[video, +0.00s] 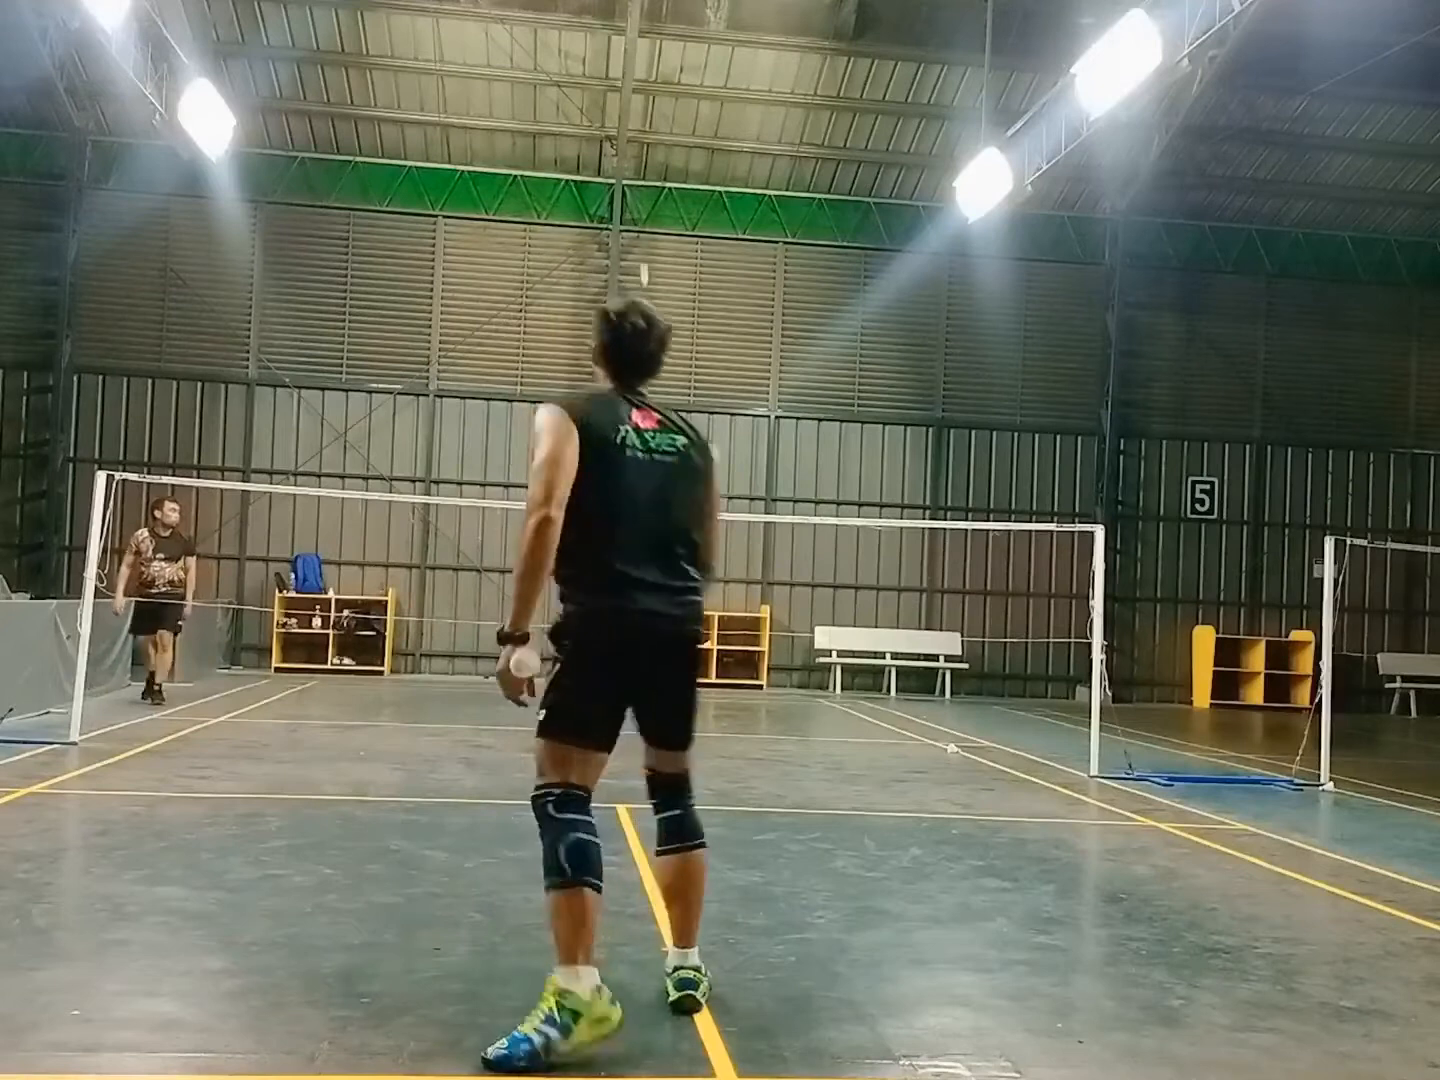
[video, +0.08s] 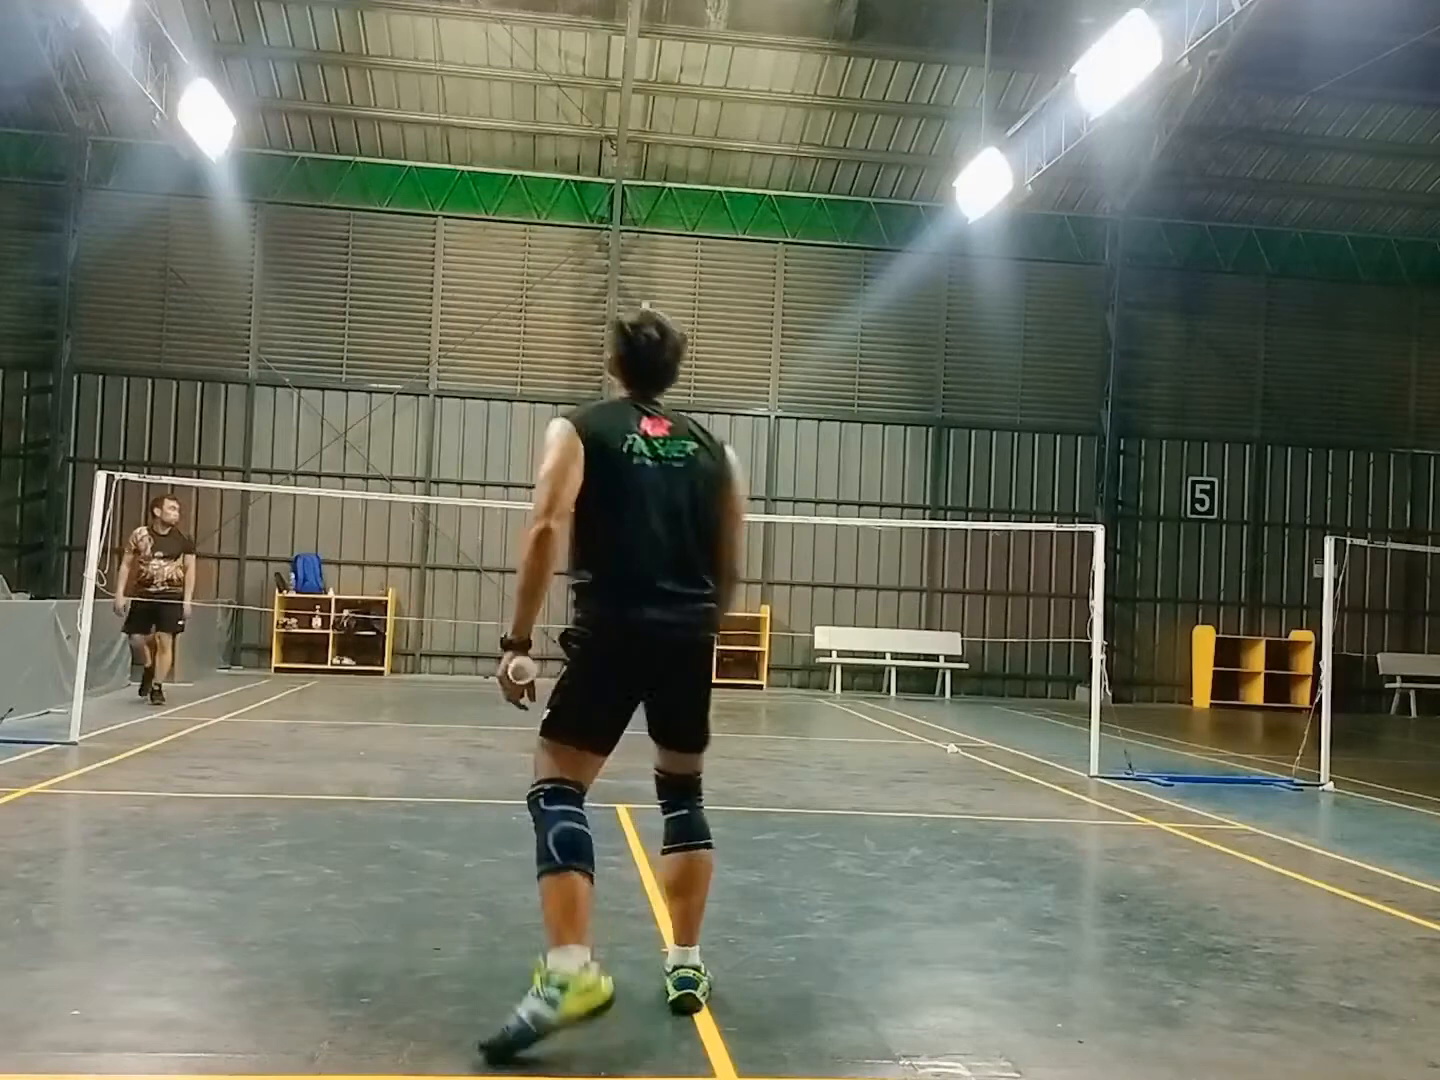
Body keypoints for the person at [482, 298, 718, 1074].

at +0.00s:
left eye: (598, 341)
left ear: (598, 353)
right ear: (657, 365)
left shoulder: (565, 416)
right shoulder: (693, 439)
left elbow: (546, 514)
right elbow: (706, 554)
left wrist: (518, 633)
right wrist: (660, 610)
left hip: (596, 630)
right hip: (675, 634)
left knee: (564, 791)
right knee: (672, 789)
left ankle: (578, 990)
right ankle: (686, 963)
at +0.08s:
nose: (608, 363)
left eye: (609, 355)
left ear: (614, 367)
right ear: (674, 376)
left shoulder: (577, 431)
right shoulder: (714, 451)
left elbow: (548, 525)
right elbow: (727, 569)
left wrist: (518, 641)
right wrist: (695, 630)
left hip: (607, 638)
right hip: (689, 643)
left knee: (559, 786)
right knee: (682, 795)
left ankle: (571, 967)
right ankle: (686, 962)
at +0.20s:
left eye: (636, 352)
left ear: (634, 360)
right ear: (695, 367)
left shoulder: (595, 421)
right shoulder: (734, 436)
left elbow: (560, 521)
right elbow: (766, 533)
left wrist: (536, 620)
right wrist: (759, 630)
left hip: (614, 625)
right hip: (696, 630)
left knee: (576, 771)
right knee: (689, 779)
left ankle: (583, 935)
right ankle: (688, 949)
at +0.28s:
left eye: (644, 344)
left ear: (639, 351)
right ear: (698, 357)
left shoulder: (599, 411)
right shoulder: (737, 425)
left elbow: (563, 513)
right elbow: (771, 522)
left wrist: (544, 606)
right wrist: (772, 619)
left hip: (615, 612)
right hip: (696, 617)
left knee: (590, 758)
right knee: (696, 768)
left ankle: (583, 927)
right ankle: (691, 929)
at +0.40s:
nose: (649, 376)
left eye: (643, 367)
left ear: (640, 371)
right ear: (698, 374)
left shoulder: (601, 428)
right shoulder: (732, 437)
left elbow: (561, 527)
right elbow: (768, 529)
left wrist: (550, 621)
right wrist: (779, 627)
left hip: (615, 625)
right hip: (695, 629)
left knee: (597, 769)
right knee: (710, 778)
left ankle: (572, 915)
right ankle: (688, 934)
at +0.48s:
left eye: (647, 374)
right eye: (694, 378)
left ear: (643, 379)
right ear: (700, 382)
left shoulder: (603, 438)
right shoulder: (728, 443)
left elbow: (565, 539)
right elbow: (761, 537)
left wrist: (554, 630)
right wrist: (780, 630)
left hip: (619, 630)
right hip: (694, 633)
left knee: (604, 763)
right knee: (736, 768)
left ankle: (575, 906)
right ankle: (700, 910)